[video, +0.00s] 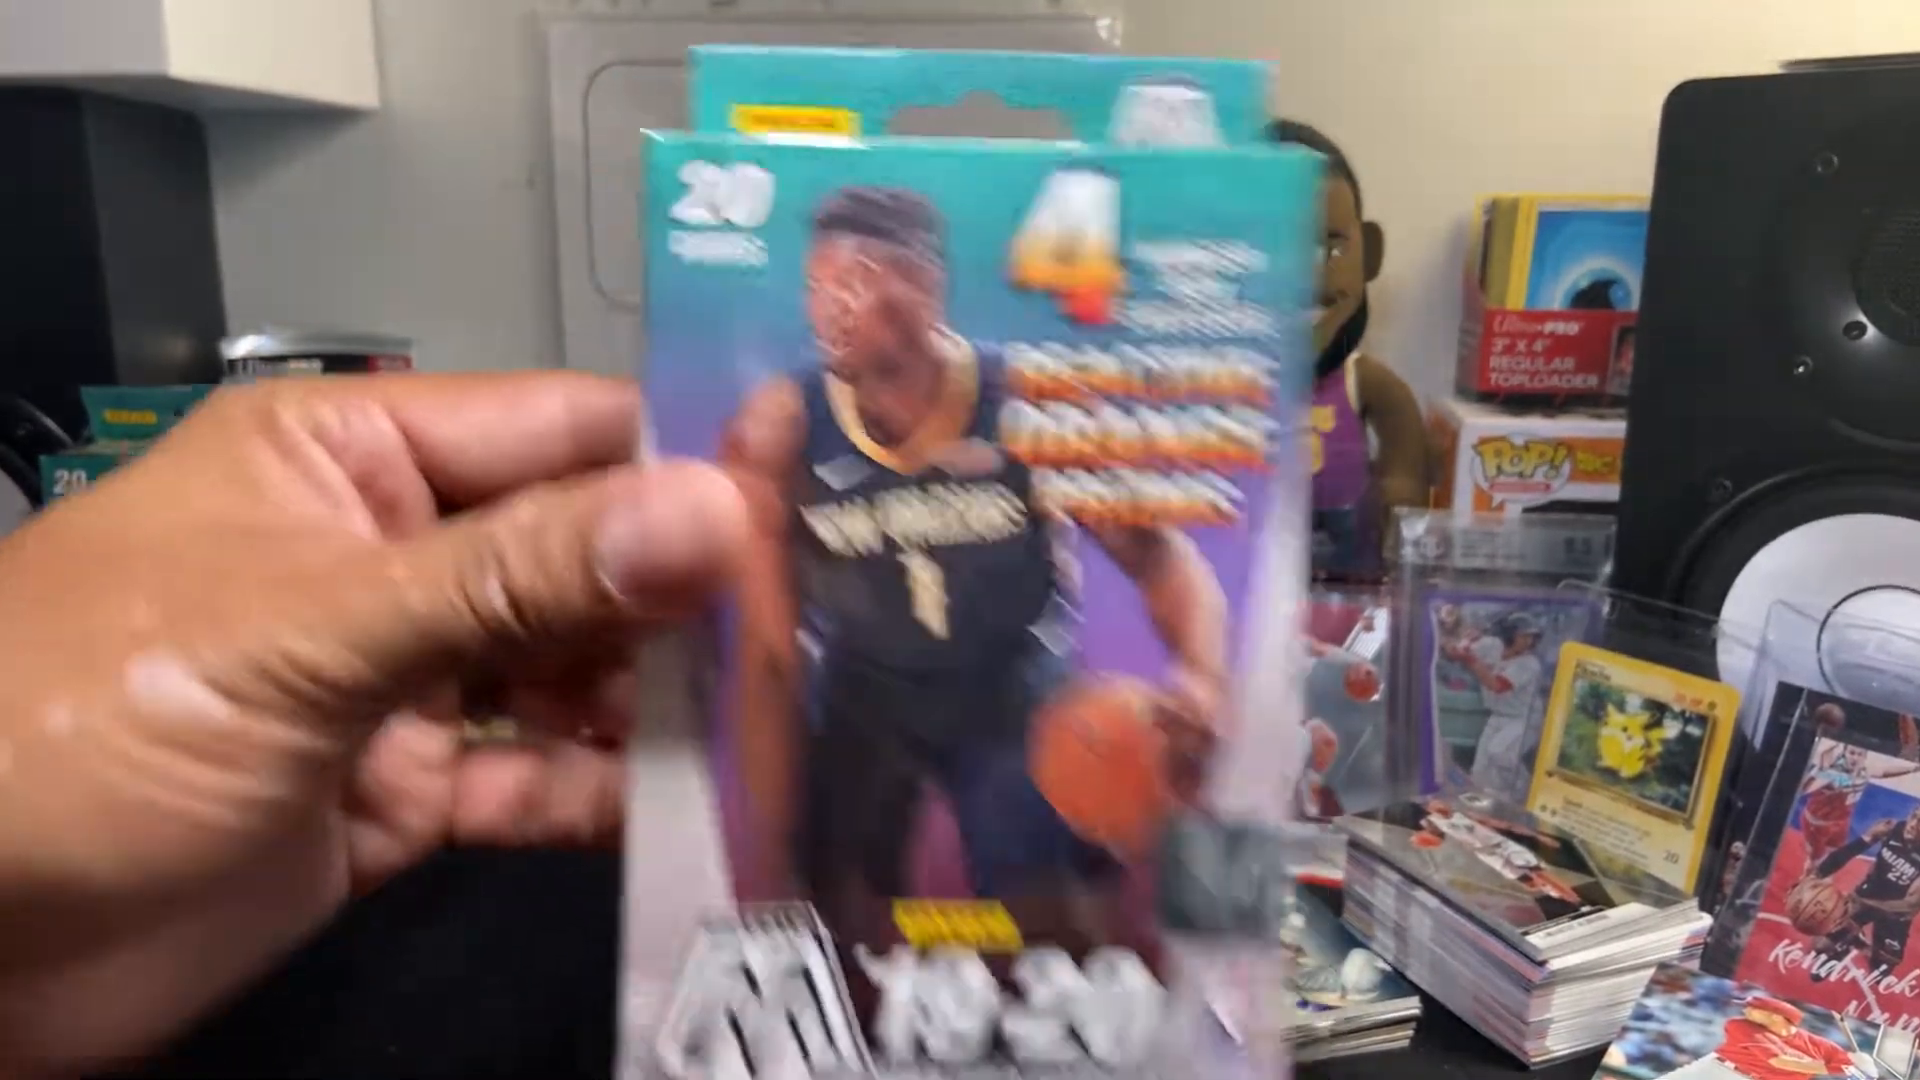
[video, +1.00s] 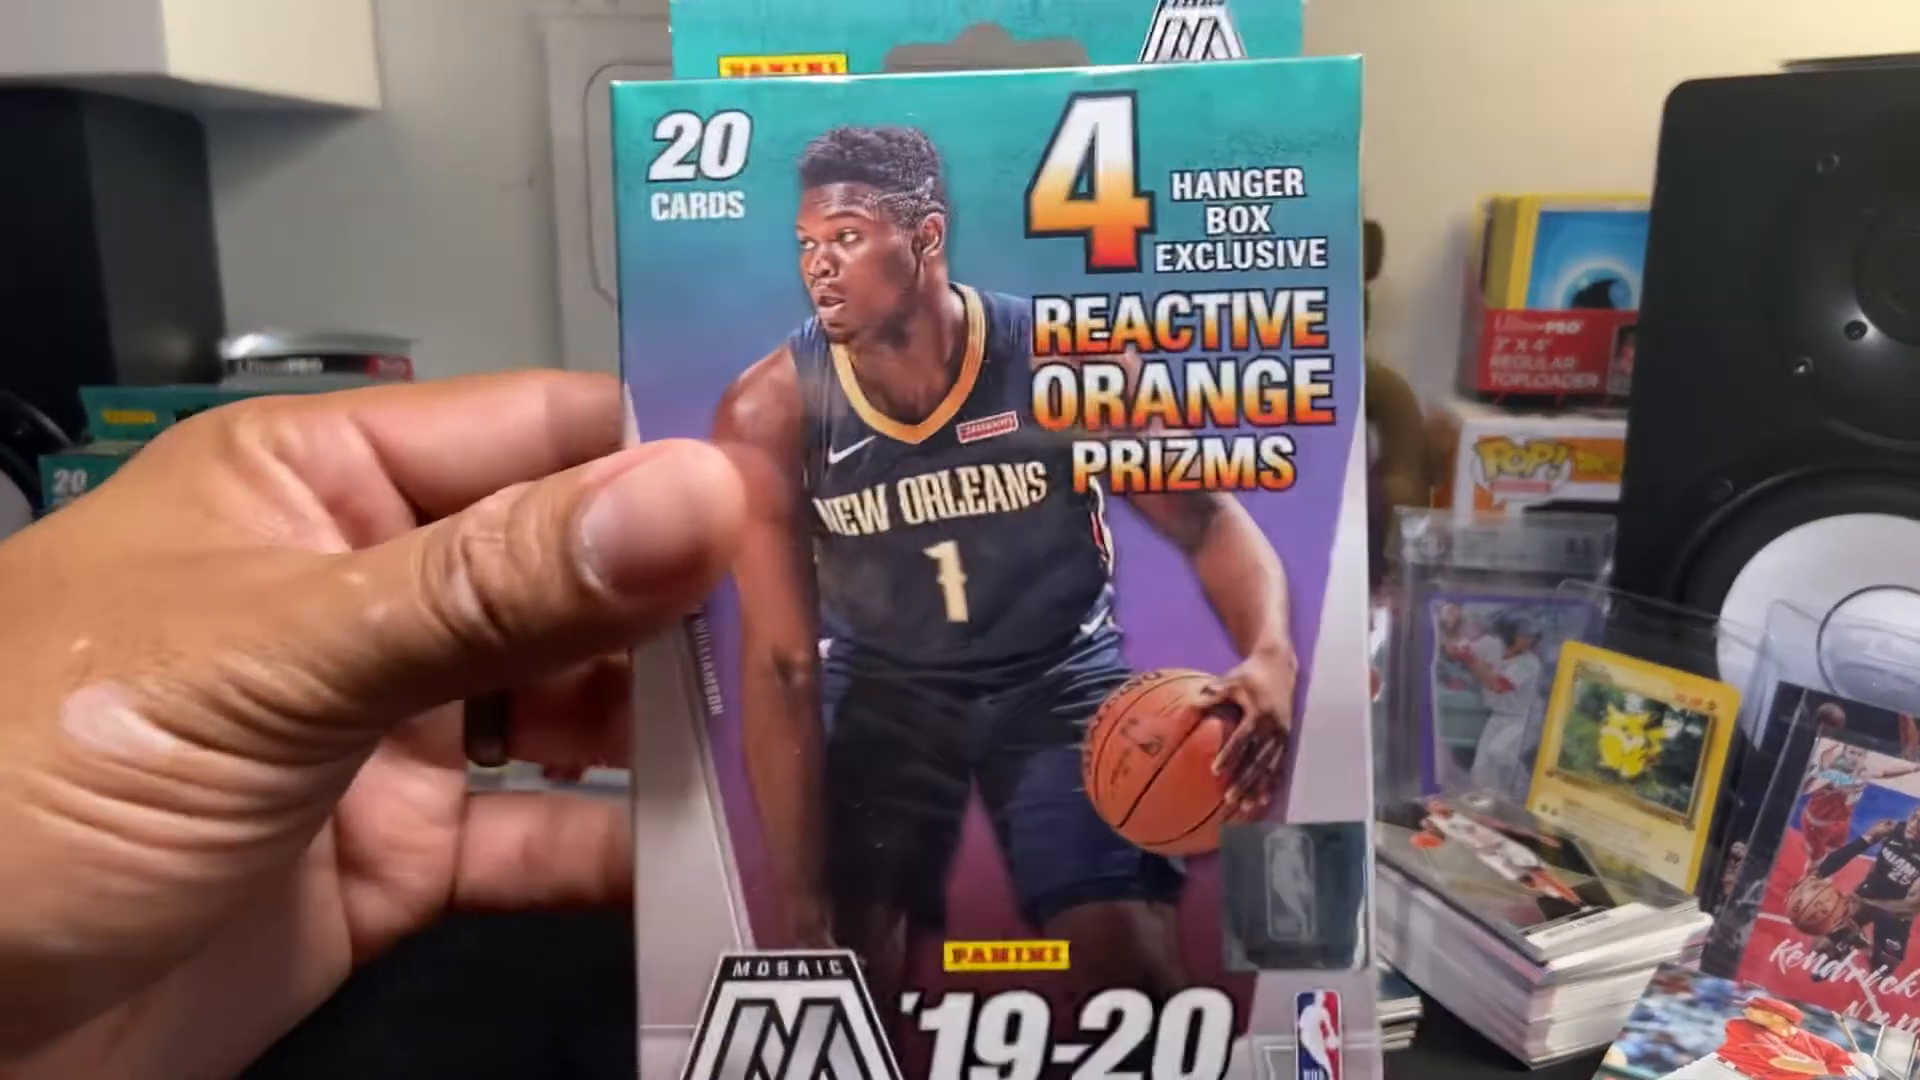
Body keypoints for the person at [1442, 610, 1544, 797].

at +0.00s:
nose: (1529, 641)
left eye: (1532, 637)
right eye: (1524, 636)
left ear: (1534, 639)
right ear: (1512, 636)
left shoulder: (1530, 663)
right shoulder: (1494, 647)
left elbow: (1498, 685)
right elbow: (1458, 651)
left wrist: (1472, 661)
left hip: (1519, 723)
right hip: (1496, 719)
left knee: (1497, 753)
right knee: (1481, 764)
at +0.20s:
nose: (1529, 640)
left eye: (1531, 636)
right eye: (1524, 635)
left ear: (1534, 638)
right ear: (1511, 634)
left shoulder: (1529, 663)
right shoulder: (1493, 646)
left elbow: (1498, 685)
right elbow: (1458, 650)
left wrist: (1472, 661)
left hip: (1518, 722)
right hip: (1495, 718)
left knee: (1496, 752)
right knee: (1480, 765)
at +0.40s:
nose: (1526, 641)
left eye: (1528, 636)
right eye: (1521, 635)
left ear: (1530, 638)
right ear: (1509, 634)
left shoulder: (1526, 662)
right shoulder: (1489, 645)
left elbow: (1495, 684)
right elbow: (1455, 650)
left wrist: (1468, 660)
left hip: (1520, 720)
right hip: (1494, 717)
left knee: (1494, 749)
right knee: (1477, 765)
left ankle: (1521, 789)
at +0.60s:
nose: (1526, 641)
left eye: (1528, 636)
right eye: (1521, 635)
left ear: (1530, 639)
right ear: (1508, 635)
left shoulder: (1526, 662)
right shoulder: (1489, 645)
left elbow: (1495, 684)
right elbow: (1453, 650)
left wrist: (1468, 660)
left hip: (1520, 720)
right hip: (1494, 718)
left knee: (1494, 750)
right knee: (1477, 766)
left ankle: (1520, 790)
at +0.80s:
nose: (1526, 641)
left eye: (1529, 637)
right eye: (1522, 636)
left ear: (1531, 639)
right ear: (1509, 635)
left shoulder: (1526, 663)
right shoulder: (1489, 646)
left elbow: (1496, 684)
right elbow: (1454, 651)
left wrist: (1469, 661)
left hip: (1521, 720)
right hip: (1495, 717)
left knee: (1495, 749)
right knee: (1478, 765)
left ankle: (1522, 790)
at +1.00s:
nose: (1529, 641)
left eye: (1532, 637)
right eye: (1525, 636)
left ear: (1535, 639)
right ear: (1514, 636)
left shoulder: (1530, 663)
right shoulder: (1495, 649)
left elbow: (1499, 685)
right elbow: (1462, 651)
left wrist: (1476, 664)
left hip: (1520, 722)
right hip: (1497, 718)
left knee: (1497, 751)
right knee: (1481, 766)